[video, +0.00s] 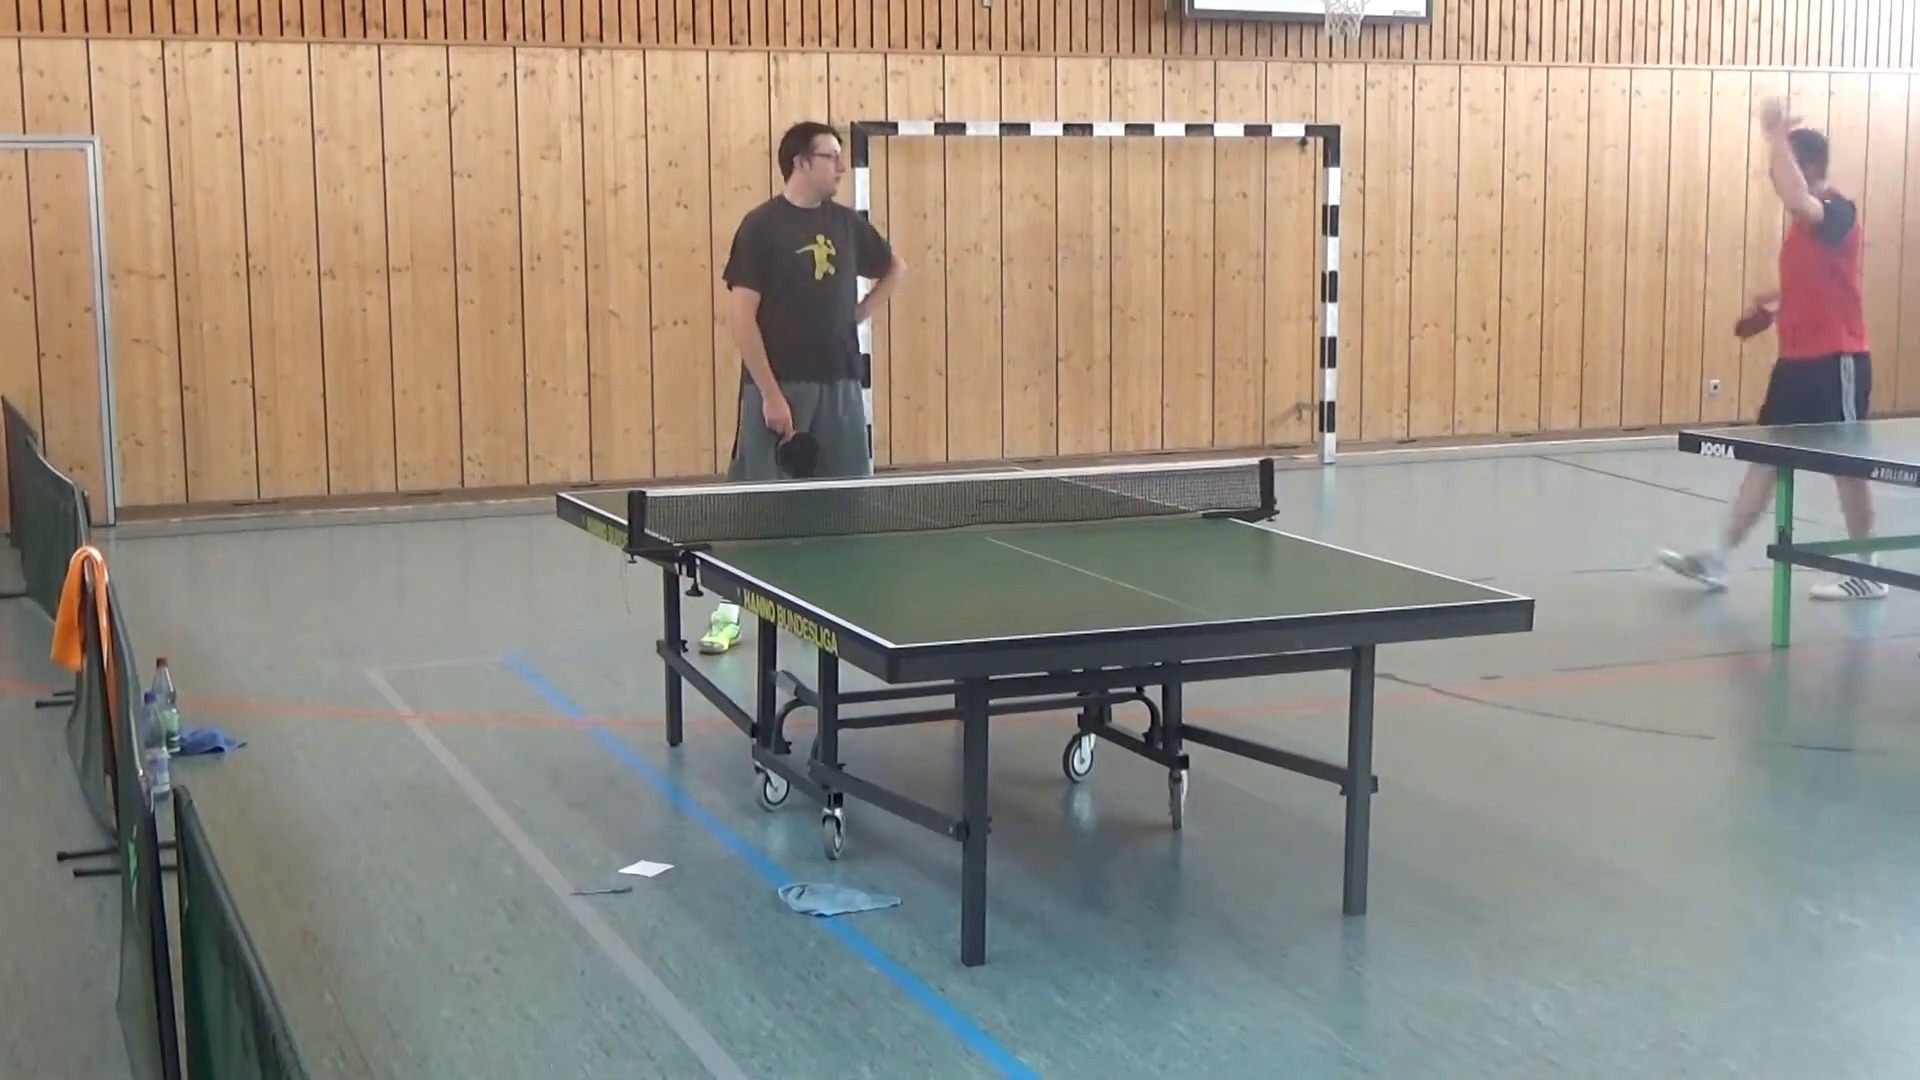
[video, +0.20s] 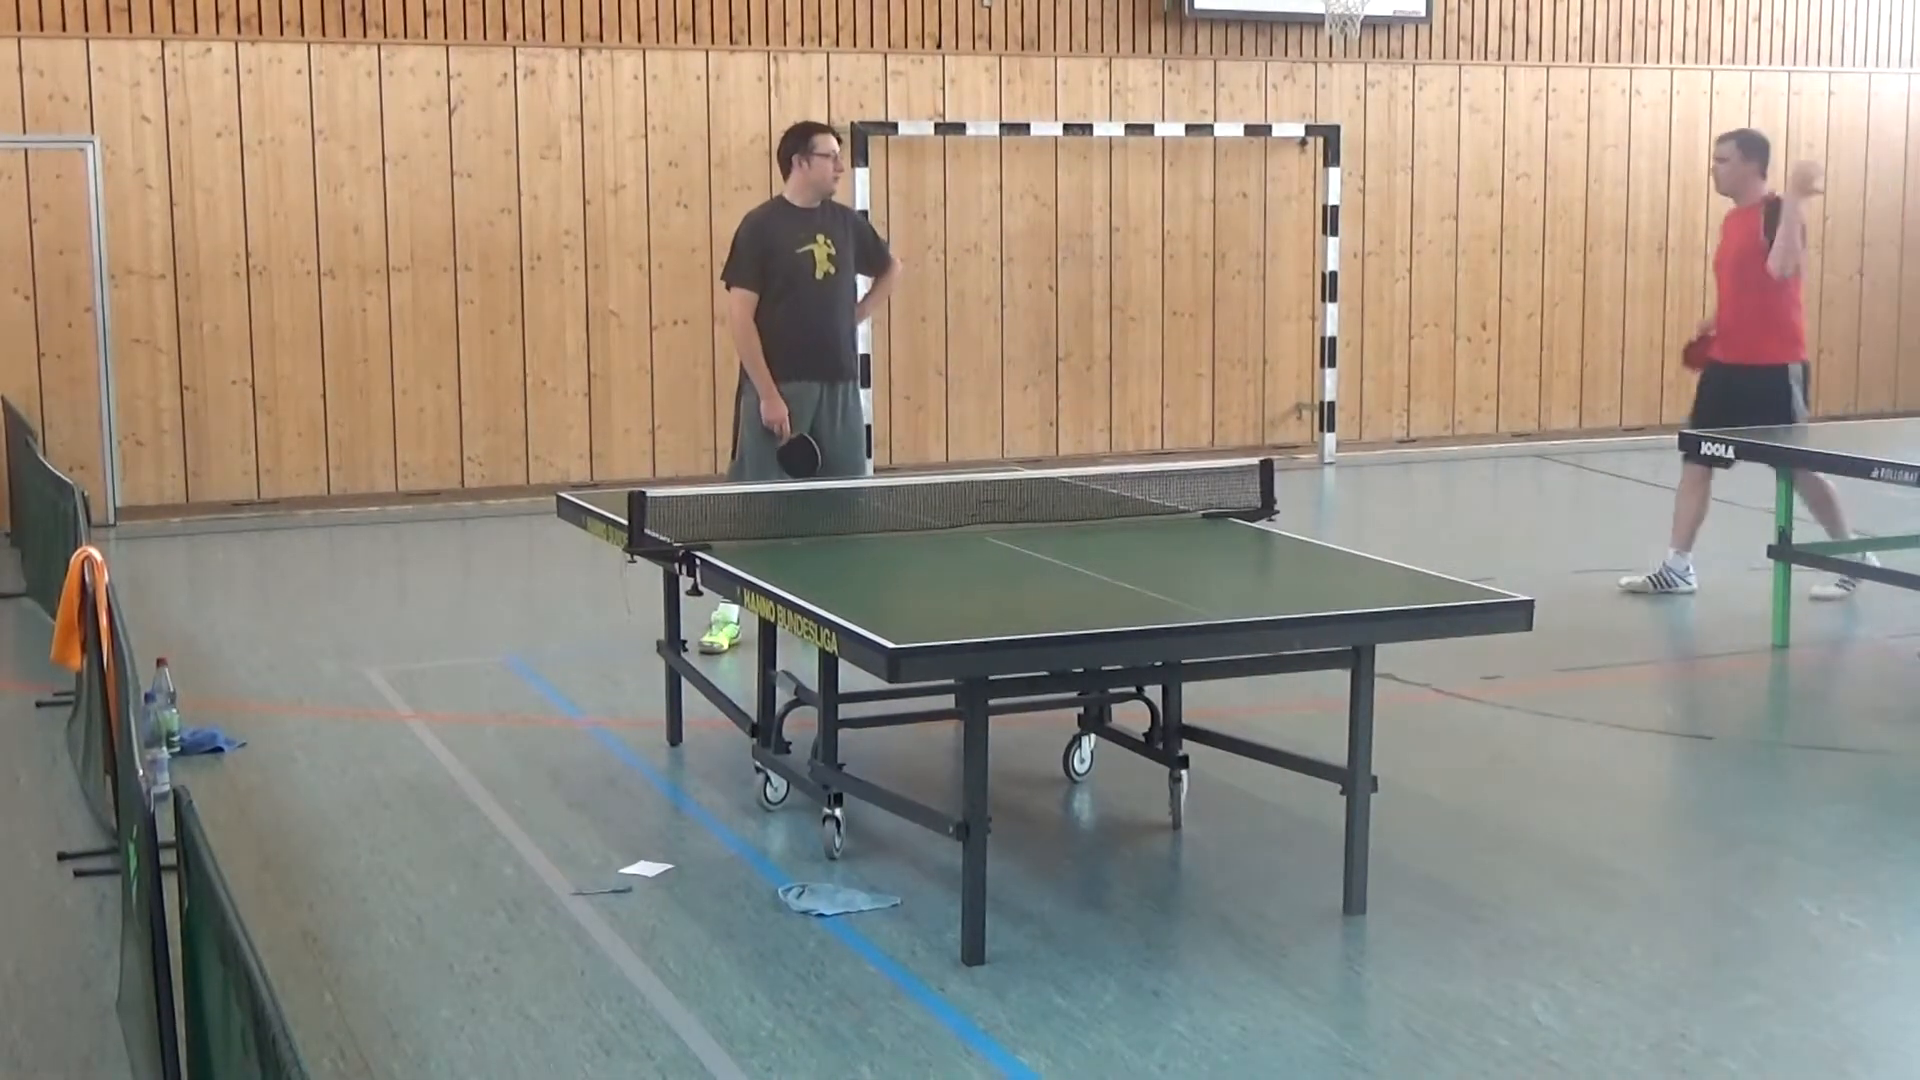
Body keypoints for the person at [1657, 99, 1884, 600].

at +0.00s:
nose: (1777, 175)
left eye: (1787, 167)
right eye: (1776, 167)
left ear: (1810, 168)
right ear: (1793, 172)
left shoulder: (1838, 210)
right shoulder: (1802, 220)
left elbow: (1796, 196)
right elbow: (1813, 284)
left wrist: (1777, 137)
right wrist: (1772, 304)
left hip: (1837, 359)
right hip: (1796, 359)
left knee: (1848, 467)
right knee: (1764, 460)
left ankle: (1865, 571)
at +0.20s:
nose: (1714, 170)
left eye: (1722, 162)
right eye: (1714, 162)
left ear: (1751, 166)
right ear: (1739, 169)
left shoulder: (1781, 213)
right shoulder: (1732, 220)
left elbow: (1782, 268)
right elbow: (1736, 292)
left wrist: (1794, 198)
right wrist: (1710, 331)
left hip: (1773, 366)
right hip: (1726, 364)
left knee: (1796, 467)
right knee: (1697, 462)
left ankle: (1852, 555)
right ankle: (1677, 567)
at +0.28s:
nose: (1699, 166)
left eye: (1708, 157)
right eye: (1699, 158)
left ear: (1737, 162)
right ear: (1714, 163)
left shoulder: (1764, 214)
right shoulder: (1706, 220)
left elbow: (1781, 283)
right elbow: (1710, 294)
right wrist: (1681, 333)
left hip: (1749, 365)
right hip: (1700, 363)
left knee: (1760, 464)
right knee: (1680, 460)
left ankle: (1829, 541)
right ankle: (1676, 567)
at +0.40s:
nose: (1704, 160)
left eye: (1712, 152)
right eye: (1696, 152)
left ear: (1725, 160)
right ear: (1682, 160)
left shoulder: (1740, 216)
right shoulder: (1674, 218)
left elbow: (1764, 290)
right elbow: (1673, 291)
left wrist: (1706, 324)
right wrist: (1634, 327)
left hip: (1718, 357)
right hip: (1672, 355)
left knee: (1706, 458)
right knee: (1666, 456)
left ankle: (1771, 529)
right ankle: (1676, 567)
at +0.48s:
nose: (1700, 159)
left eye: (1707, 153)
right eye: (1691, 152)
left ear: (1716, 161)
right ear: (1673, 159)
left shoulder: (1730, 216)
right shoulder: (1658, 215)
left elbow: (1749, 289)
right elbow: (1651, 281)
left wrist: (1678, 314)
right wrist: (1617, 309)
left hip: (1705, 353)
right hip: (1659, 352)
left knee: (1681, 458)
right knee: (1655, 456)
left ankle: (1721, 554)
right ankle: (1673, 567)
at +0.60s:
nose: (1689, 162)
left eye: (1696, 156)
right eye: (1680, 154)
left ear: (1705, 164)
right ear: (1660, 161)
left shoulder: (1714, 219)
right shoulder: (1639, 215)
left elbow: (1727, 294)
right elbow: (1620, 279)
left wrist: (1654, 308)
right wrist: (1603, 304)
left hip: (1683, 357)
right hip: (1637, 354)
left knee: (1649, 460)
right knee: (1639, 462)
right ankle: (1673, 562)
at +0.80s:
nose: (1669, 167)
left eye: (1675, 160)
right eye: (1659, 159)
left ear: (1682, 167)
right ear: (1639, 164)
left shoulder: (1693, 224)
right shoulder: (1613, 215)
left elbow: (1707, 297)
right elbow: (1598, 280)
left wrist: (1643, 316)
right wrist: (1590, 308)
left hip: (1657, 362)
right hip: (1606, 357)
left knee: (1635, 464)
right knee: (1588, 458)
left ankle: (1634, 569)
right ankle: (1634, 544)